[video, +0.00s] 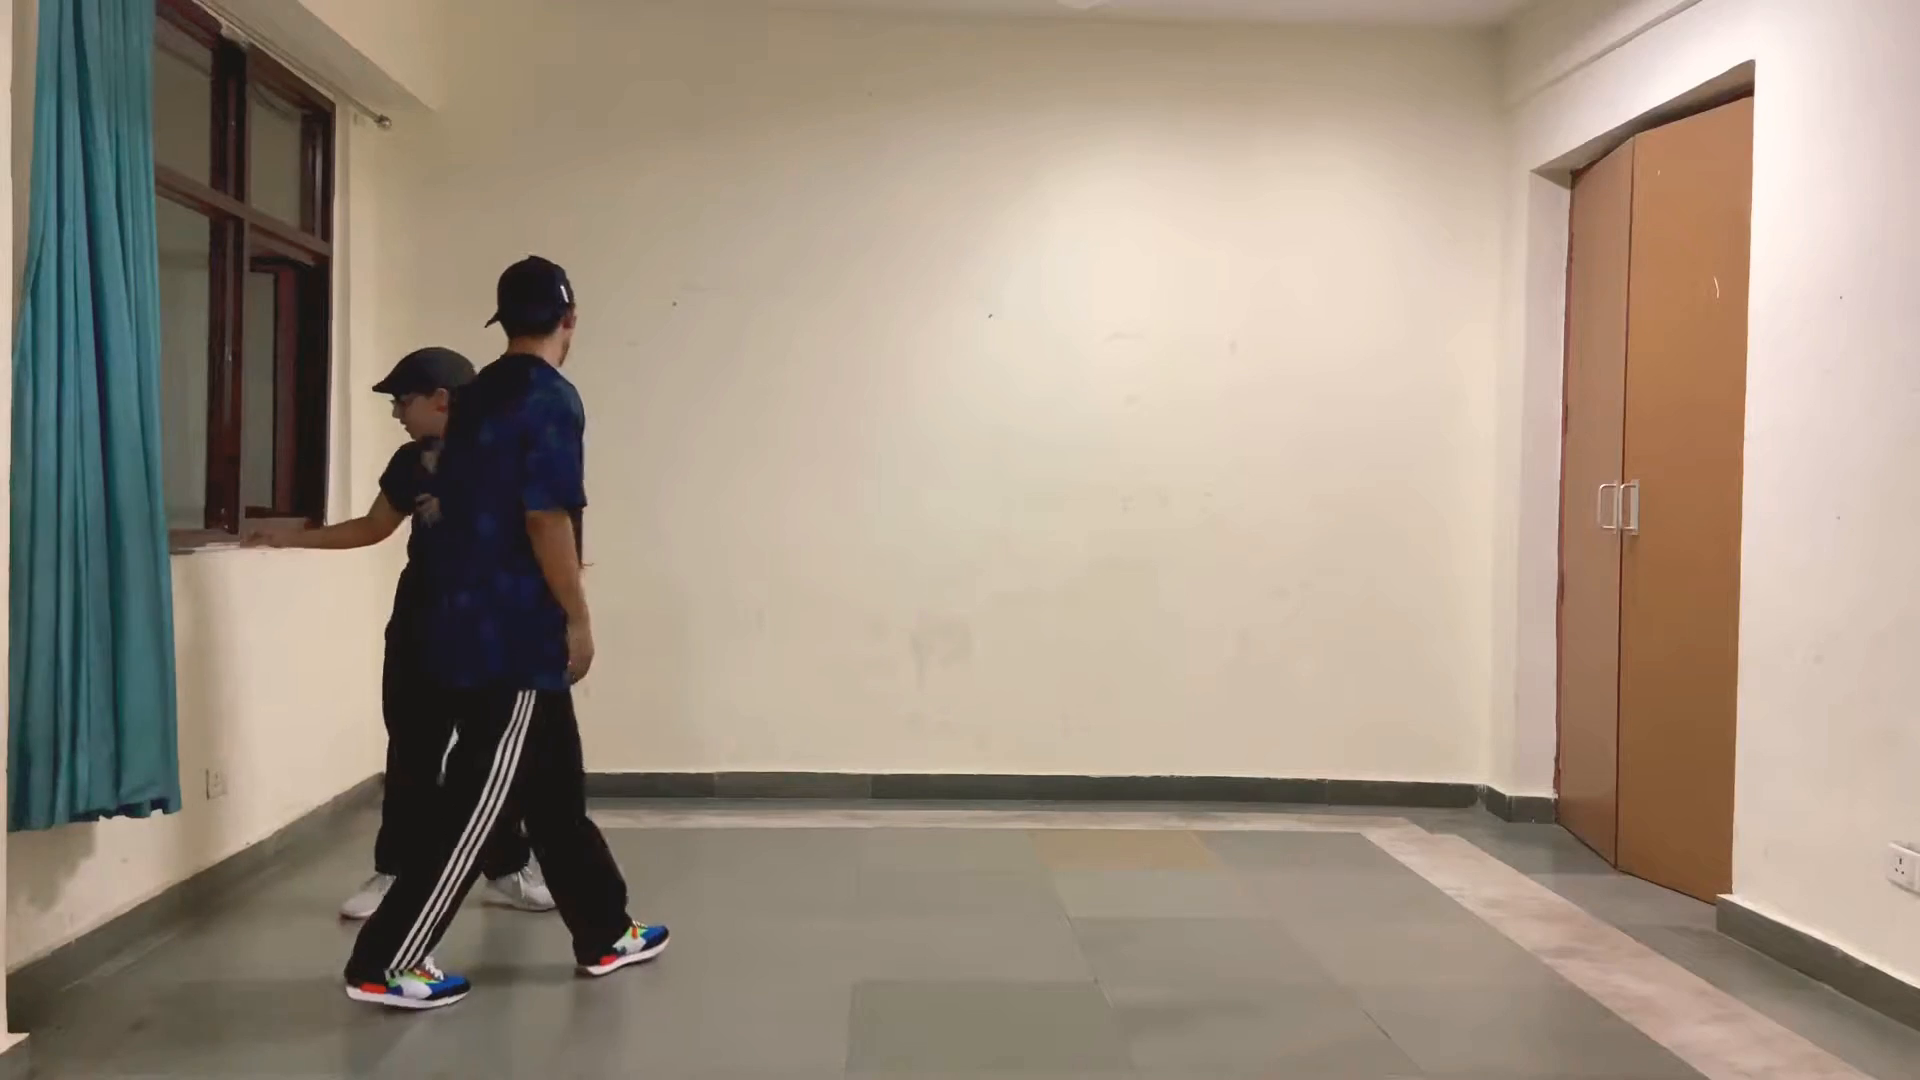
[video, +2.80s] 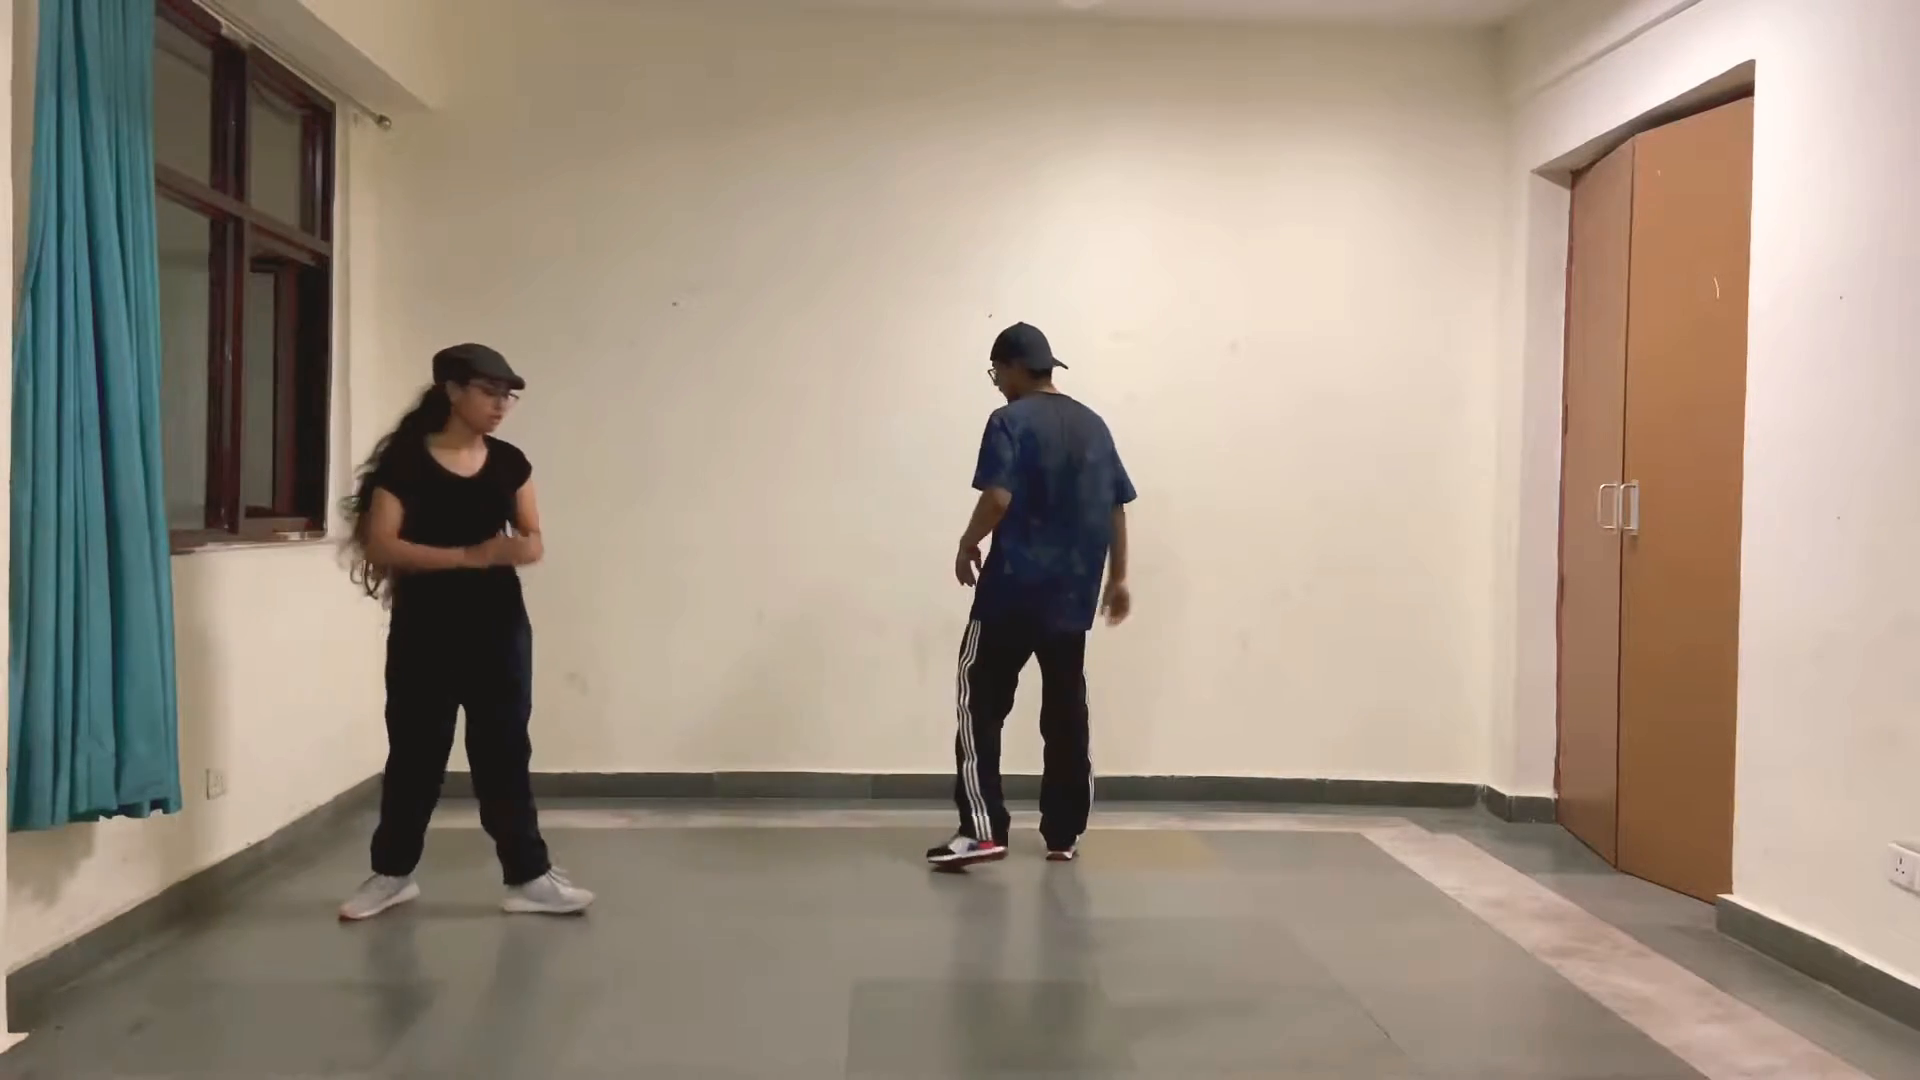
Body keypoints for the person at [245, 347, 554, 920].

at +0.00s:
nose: (398, 412)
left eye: (406, 401)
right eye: (398, 402)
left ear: (443, 400)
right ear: (430, 403)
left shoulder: (491, 452)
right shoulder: (411, 462)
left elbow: (533, 522)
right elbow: (373, 527)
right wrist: (293, 537)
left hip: (484, 614)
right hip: (420, 615)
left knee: (498, 741)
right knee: (411, 747)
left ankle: (510, 865)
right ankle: (394, 872)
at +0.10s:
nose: (370, 416)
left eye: (377, 405)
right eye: (370, 406)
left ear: (412, 403)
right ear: (405, 405)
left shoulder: (479, 447)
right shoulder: (392, 465)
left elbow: (515, 508)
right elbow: (351, 530)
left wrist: (457, 512)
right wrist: (265, 535)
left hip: (475, 616)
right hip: (408, 618)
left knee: (484, 748)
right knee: (403, 749)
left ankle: (507, 868)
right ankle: (394, 873)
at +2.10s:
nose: (298, 429)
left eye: (302, 416)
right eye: (296, 418)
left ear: (337, 406)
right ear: (332, 410)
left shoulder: (417, 438)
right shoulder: (328, 465)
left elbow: (480, 507)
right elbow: (305, 539)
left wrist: (412, 528)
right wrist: (214, 541)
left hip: (435, 616)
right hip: (368, 621)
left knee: (454, 744)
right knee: (381, 750)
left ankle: (486, 868)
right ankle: (394, 873)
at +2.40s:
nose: (331, 412)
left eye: (342, 399)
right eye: (327, 401)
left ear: (377, 396)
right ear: (330, 404)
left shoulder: (432, 446)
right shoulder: (336, 470)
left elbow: (488, 516)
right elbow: (319, 550)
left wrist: (429, 532)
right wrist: (256, 544)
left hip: (441, 624)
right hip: (372, 626)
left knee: (457, 748)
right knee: (384, 751)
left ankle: (484, 871)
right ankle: (393, 874)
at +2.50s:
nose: (378, 404)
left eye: (389, 392)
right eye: (366, 394)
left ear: (410, 393)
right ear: (350, 399)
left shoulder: (445, 448)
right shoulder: (340, 466)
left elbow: (483, 528)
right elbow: (329, 557)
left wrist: (443, 521)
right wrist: (327, 525)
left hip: (448, 622)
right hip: (377, 624)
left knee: (468, 748)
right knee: (387, 753)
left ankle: (494, 868)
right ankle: (392, 874)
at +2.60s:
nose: (426, 398)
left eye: (434, 387)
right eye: (412, 387)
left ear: (443, 393)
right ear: (382, 391)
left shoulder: (462, 451)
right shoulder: (351, 461)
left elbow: (478, 535)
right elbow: (348, 547)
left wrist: (442, 510)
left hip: (460, 624)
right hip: (385, 628)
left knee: (482, 749)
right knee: (392, 757)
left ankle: (508, 869)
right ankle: (394, 874)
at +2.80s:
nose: (501, 404)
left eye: (506, 394)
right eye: (489, 392)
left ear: (505, 399)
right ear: (453, 391)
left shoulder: (508, 462)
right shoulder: (406, 457)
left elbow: (533, 542)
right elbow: (379, 544)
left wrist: (509, 549)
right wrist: (467, 557)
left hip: (497, 631)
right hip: (423, 630)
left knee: (504, 753)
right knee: (413, 756)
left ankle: (527, 876)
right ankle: (392, 873)